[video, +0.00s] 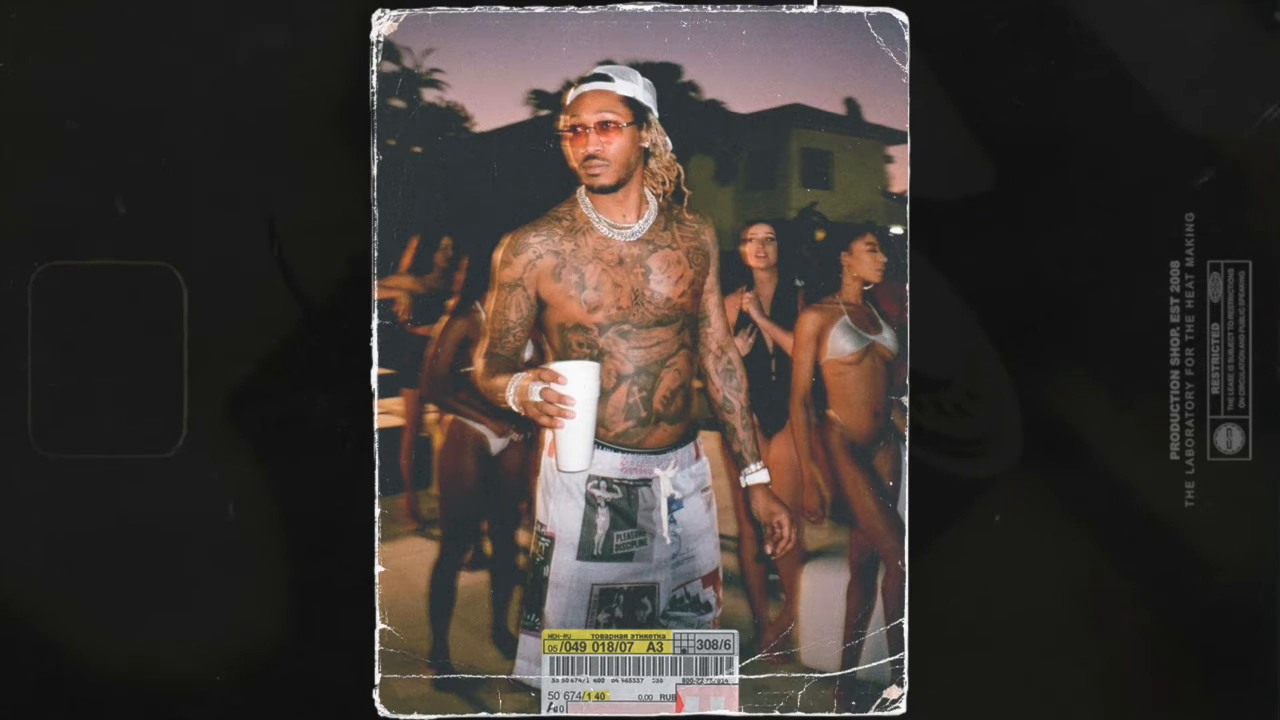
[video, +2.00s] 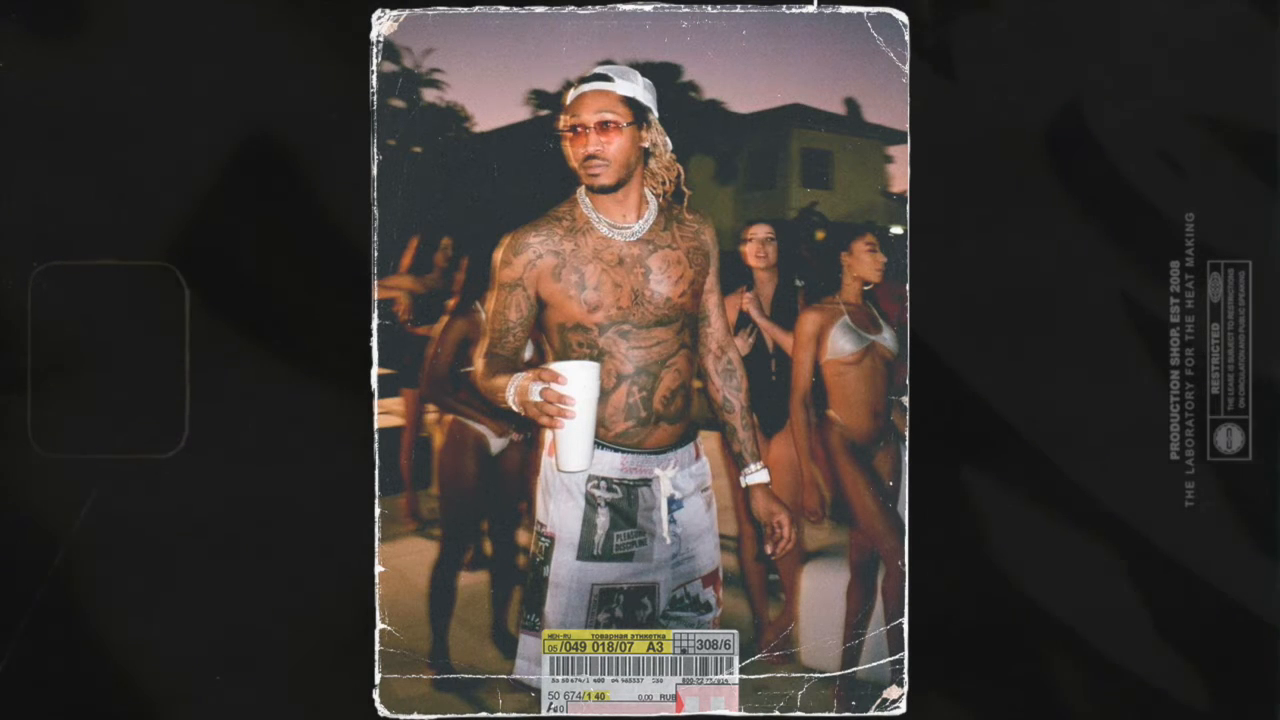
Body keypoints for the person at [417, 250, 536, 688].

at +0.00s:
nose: (517, 287)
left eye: (524, 279)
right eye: (511, 277)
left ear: (532, 287)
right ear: (496, 277)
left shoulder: (531, 332)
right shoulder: (466, 322)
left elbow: (543, 385)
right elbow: (434, 387)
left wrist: (529, 421)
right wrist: (489, 421)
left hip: (514, 445)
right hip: (465, 440)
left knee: (506, 541)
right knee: (456, 544)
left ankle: (501, 628)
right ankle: (439, 651)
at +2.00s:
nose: (515, 288)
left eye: (522, 280)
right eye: (508, 278)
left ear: (532, 288)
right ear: (494, 278)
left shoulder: (531, 333)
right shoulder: (465, 323)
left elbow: (543, 386)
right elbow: (434, 387)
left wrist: (529, 421)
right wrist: (490, 422)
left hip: (515, 443)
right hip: (465, 439)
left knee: (506, 540)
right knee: (456, 544)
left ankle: (501, 627)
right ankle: (439, 649)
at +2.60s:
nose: (514, 287)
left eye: (522, 279)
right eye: (508, 277)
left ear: (532, 288)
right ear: (493, 277)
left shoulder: (532, 333)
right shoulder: (466, 322)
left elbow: (544, 386)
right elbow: (434, 387)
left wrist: (529, 421)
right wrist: (491, 422)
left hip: (515, 443)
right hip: (465, 439)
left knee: (506, 540)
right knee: (456, 544)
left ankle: (501, 628)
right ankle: (439, 651)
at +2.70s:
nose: (515, 285)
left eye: (523, 278)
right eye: (509, 276)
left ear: (532, 286)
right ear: (495, 276)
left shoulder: (531, 331)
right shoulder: (466, 321)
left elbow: (544, 384)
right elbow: (434, 386)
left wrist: (530, 421)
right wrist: (490, 421)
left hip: (515, 443)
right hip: (465, 439)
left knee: (506, 540)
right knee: (455, 544)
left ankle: (501, 628)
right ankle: (439, 652)